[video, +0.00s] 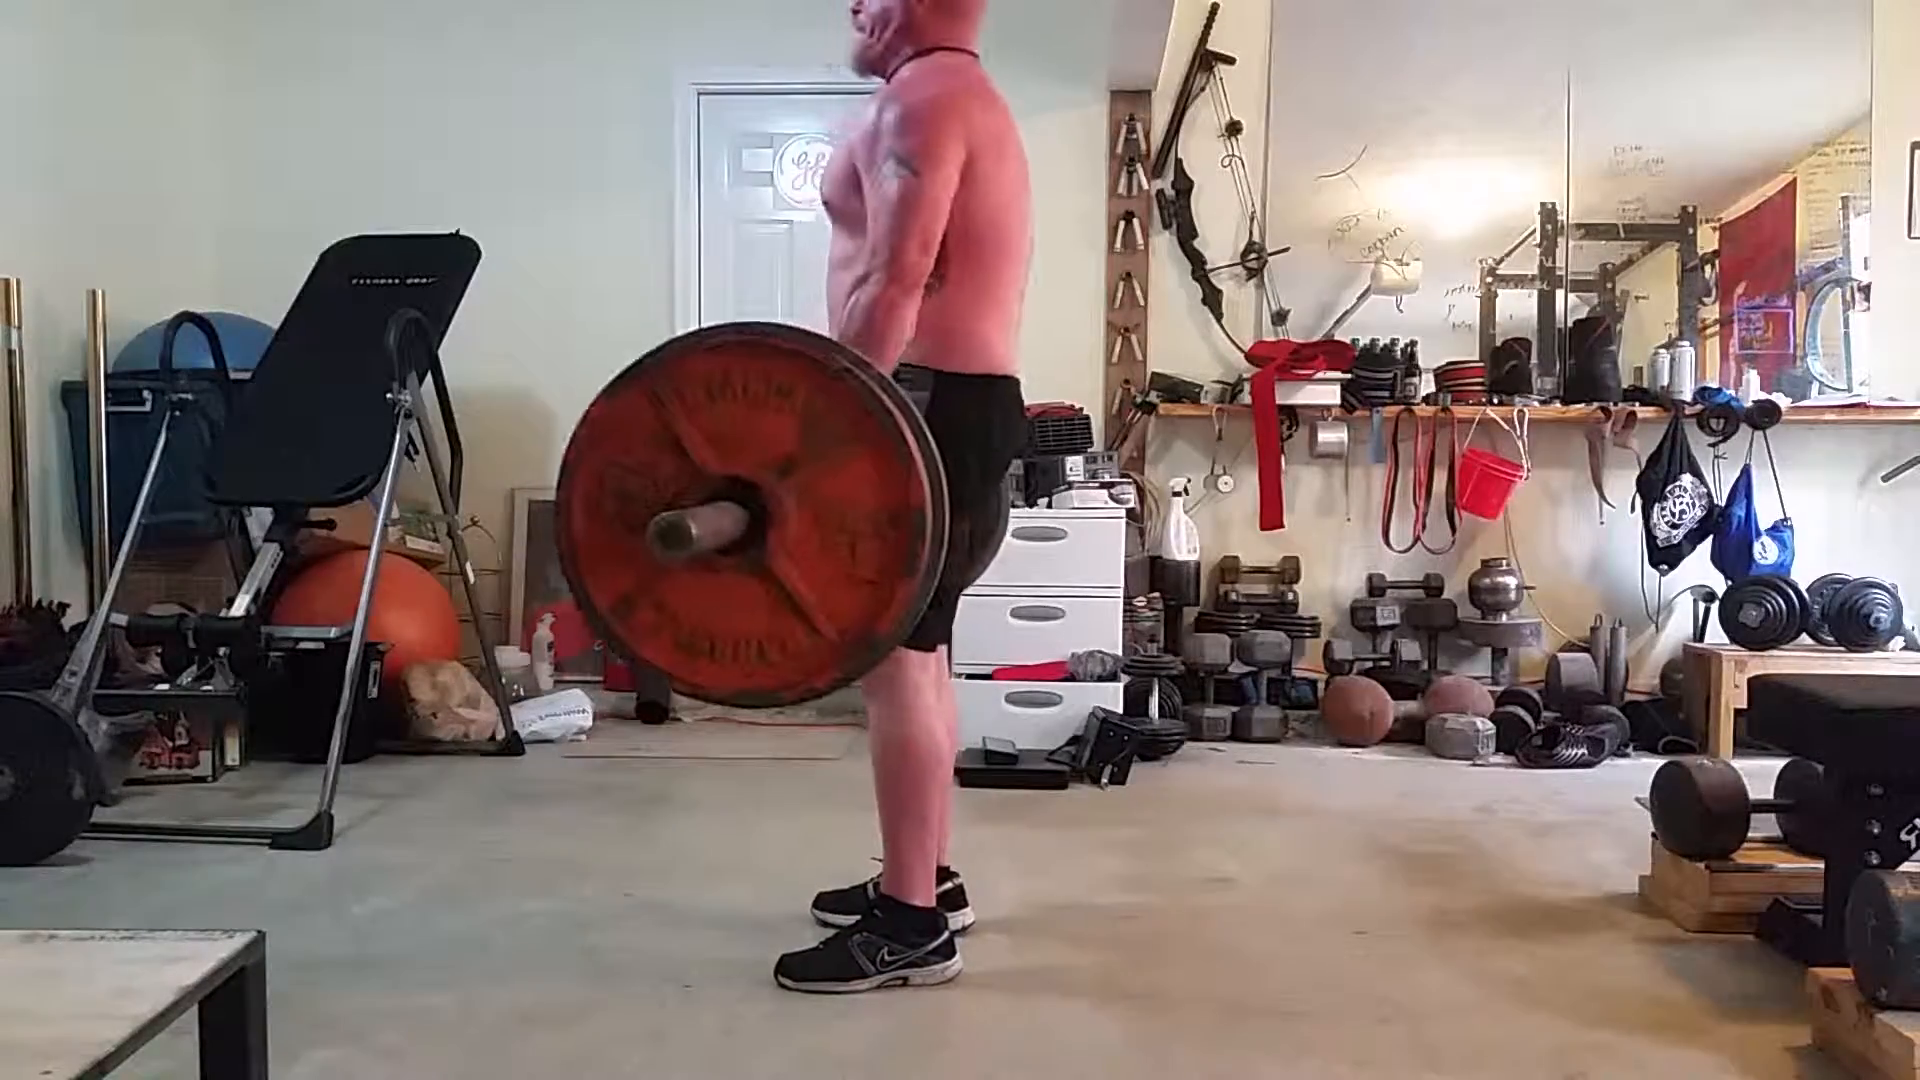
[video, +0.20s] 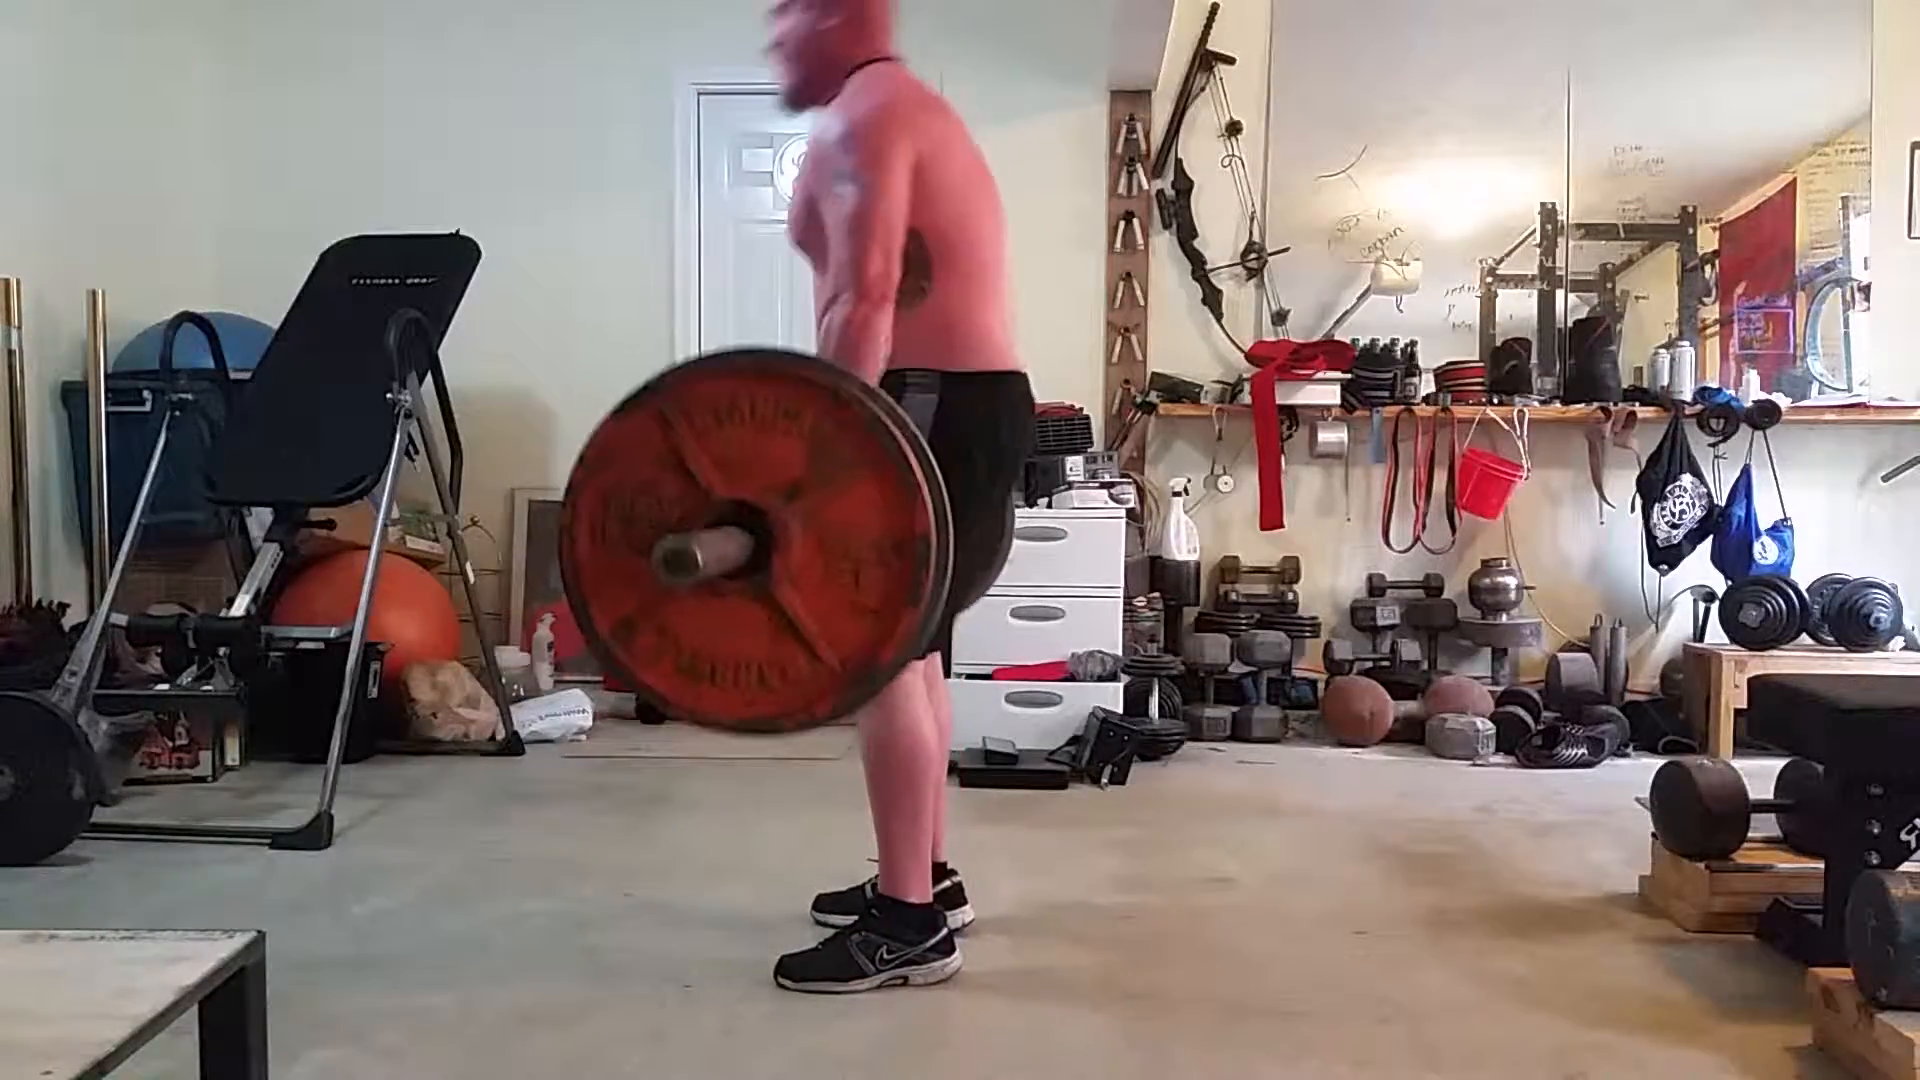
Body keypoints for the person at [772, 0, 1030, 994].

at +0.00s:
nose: (855, 11)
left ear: (913, 8)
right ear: (938, 15)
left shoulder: (928, 90)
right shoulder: (955, 94)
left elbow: (898, 280)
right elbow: (871, 283)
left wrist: (822, 428)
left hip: (933, 404)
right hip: (959, 404)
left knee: (896, 653)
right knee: (915, 650)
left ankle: (909, 919)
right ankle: (925, 880)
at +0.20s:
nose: (771, 35)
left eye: (786, 14)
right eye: (775, 17)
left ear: (838, 17)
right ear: (861, 23)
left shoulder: (864, 116)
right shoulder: (903, 110)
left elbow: (862, 302)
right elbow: (888, 302)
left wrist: (817, 468)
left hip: (933, 406)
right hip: (963, 406)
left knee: (888, 645)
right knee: (910, 644)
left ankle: (906, 919)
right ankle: (923, 876)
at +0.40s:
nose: (678, 155)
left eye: (682, 128)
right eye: (672, 135)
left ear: (734, 102)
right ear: (747, 105)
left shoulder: (800, 179)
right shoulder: (818, 169)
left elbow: (831, 358)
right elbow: (847, 356)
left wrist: (812, 532)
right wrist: (811, 529)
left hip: (958, 403)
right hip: (968, 399)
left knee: (909, 647)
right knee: (920, 645)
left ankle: (910, 912)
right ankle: (918, 876)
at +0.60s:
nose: (652, 268)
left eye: (647, 243)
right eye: (642, 253)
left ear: (684, 198)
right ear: (692, 196)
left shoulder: (769, 259)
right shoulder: (778, 258)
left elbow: (820, 442)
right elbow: (826, 452)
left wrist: (812, 612)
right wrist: (824, 607)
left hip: (985, 416)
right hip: (955, 425)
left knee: (909, 671)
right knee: (913, 664)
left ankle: (908, 916)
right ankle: (923, 878)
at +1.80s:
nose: (696, 137)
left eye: (709, 113)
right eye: (696, 118)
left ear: (767, 106)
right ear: (778, 112)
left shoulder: (816, 187)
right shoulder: (819, 191)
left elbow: (841, 372)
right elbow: (829, 378)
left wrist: (817, 541)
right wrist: (821, 537)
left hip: (988, 407)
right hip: (961, 409)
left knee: (920, 648)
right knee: (914, 642)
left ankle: (912, 915)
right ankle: (919, 879)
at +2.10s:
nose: (797, 9)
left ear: (850, 4)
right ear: (887, 11)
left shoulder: (881, 87)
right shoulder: (897, 91)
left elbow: (878, 271)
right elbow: (858, 280)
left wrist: (818, 429)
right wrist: (799, 425)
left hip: (930, 398)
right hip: (943, 395)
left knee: (913, 651)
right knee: (917, 648)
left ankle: (914, 918)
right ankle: (922, 881)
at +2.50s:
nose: (723, 76)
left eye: (733, 49)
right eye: (724, 55)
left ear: (787, 40)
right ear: (802, 45)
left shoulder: (843, 134)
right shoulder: (843, 134)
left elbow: (852, 318)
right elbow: (851, 323)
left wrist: (819, 481)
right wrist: (807, 478)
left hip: (952, 403)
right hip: (948, 403)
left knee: (896, 650)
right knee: (909, 648)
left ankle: (908, 919)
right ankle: (924, 878)